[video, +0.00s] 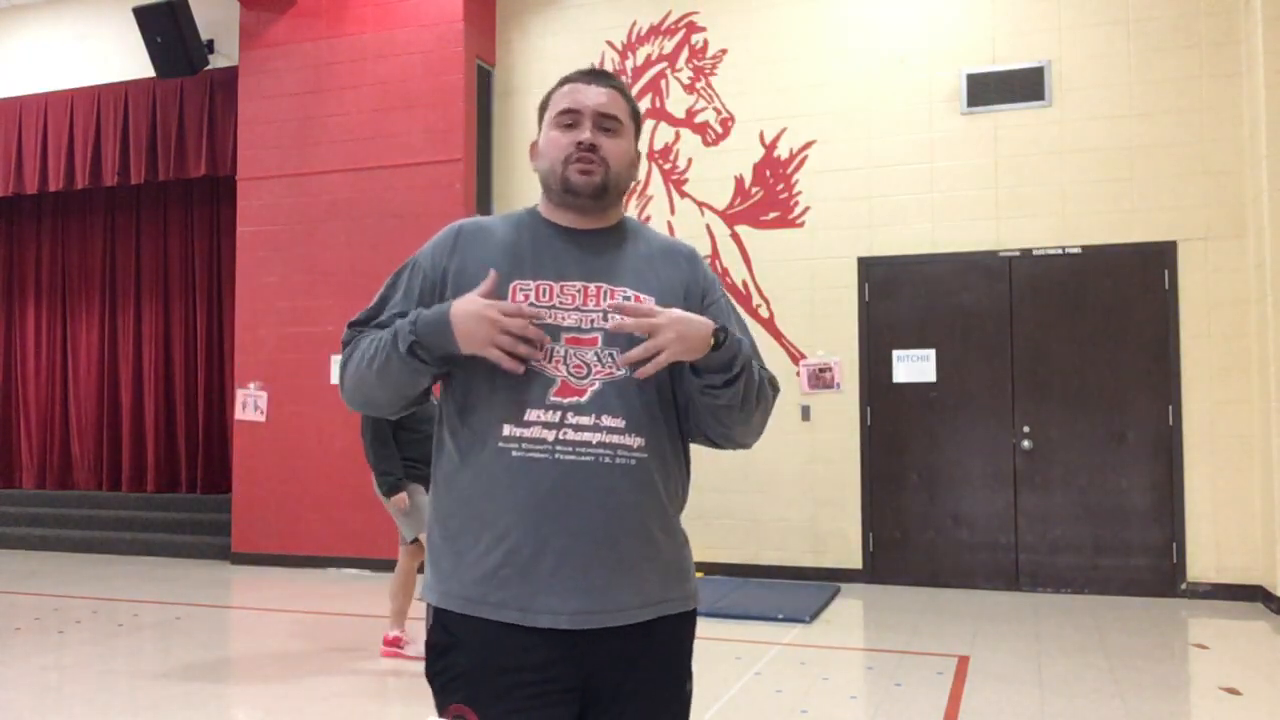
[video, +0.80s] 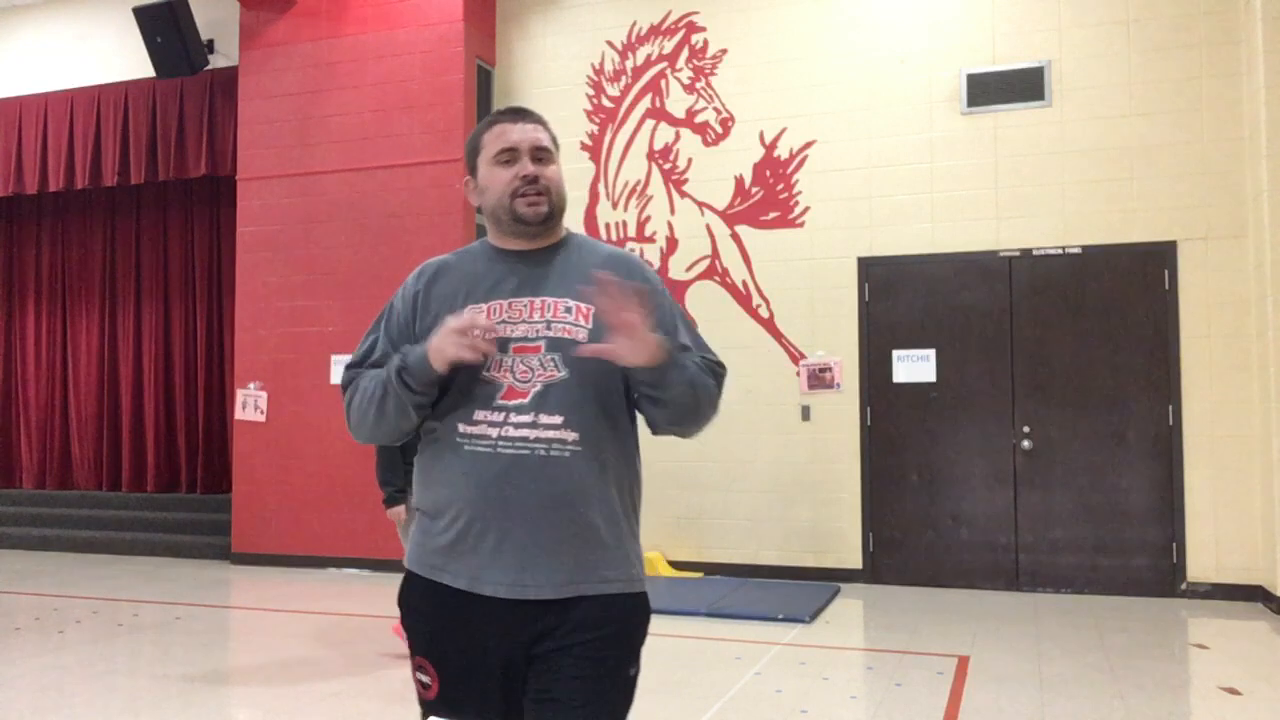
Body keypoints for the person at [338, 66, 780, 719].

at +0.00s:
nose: (587, 136)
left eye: (609, 125)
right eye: (568, 122)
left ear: (637, 159)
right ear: (535, 149)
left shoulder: (680, 270)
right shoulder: (465, 247)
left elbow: (740, 425)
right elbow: (362, 382)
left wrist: (714, 346)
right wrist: (441, 330)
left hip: (640, 612)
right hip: (488, 609)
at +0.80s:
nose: (530, 170)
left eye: (543, 156)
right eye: (507, 158)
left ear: (562, 174)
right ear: (473, 189)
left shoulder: (623, 279)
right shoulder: (432, 283)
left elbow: (693, 411)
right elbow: (364, 414)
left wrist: (652, 359)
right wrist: (428, 360)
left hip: (592, 590)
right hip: (456, 590)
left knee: (581, 710)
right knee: (464, 710)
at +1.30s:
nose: (503, 184)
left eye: (520, 171)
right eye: (485, 173)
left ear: (549, 190)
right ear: (463, 200)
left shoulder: (598, 271)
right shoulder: (424, 289)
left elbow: (609, 375)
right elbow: (362, 402)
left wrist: (470, 359)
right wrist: (432, 390)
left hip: (572, 573)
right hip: (441, 576)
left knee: (561, 710)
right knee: (447, 714)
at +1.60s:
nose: (507, 182)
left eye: (523, 171)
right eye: (489, 172)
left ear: (548, 193)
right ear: (462, 198)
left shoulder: (596, 274)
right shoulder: (419, 294)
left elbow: (618, 377)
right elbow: (361, 407)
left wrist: (484, 371)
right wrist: (420, 404)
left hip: (573, 576)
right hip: (441, 578)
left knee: (562, 711)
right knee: (448, 714)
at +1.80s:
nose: (516, 183)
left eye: (530, 173)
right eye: (497, 171)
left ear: (550, 194)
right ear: (464, 195)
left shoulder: (597, 278)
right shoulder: (417, 294)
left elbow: (638, 378)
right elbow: (348, 400)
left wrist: (518, 376)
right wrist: (414, 400)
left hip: (577, 578)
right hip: (445, 580)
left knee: (567, 711)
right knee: (450, 714)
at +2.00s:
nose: (527, 183)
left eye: (537, 172)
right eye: (506, 170)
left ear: (550, 192)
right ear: (466, 193)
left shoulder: (602, 283)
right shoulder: (416, 291)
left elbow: (692, 354)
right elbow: (339, 393)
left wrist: (619, 368)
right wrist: (406, 386)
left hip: (578, 580)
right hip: (447, 580)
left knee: (569, 711)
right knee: (454, 714)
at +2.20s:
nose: (545, 184)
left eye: (551, 173)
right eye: (523, 170)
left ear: (562, 190)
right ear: (475, 192)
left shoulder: (610, 275)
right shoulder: (420, 287)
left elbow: (724, 294)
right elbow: (312, 359)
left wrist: (651, 315)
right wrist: (381, 374)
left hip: (579, 583)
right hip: (447, 583)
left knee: (570, 712)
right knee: (454, 713)